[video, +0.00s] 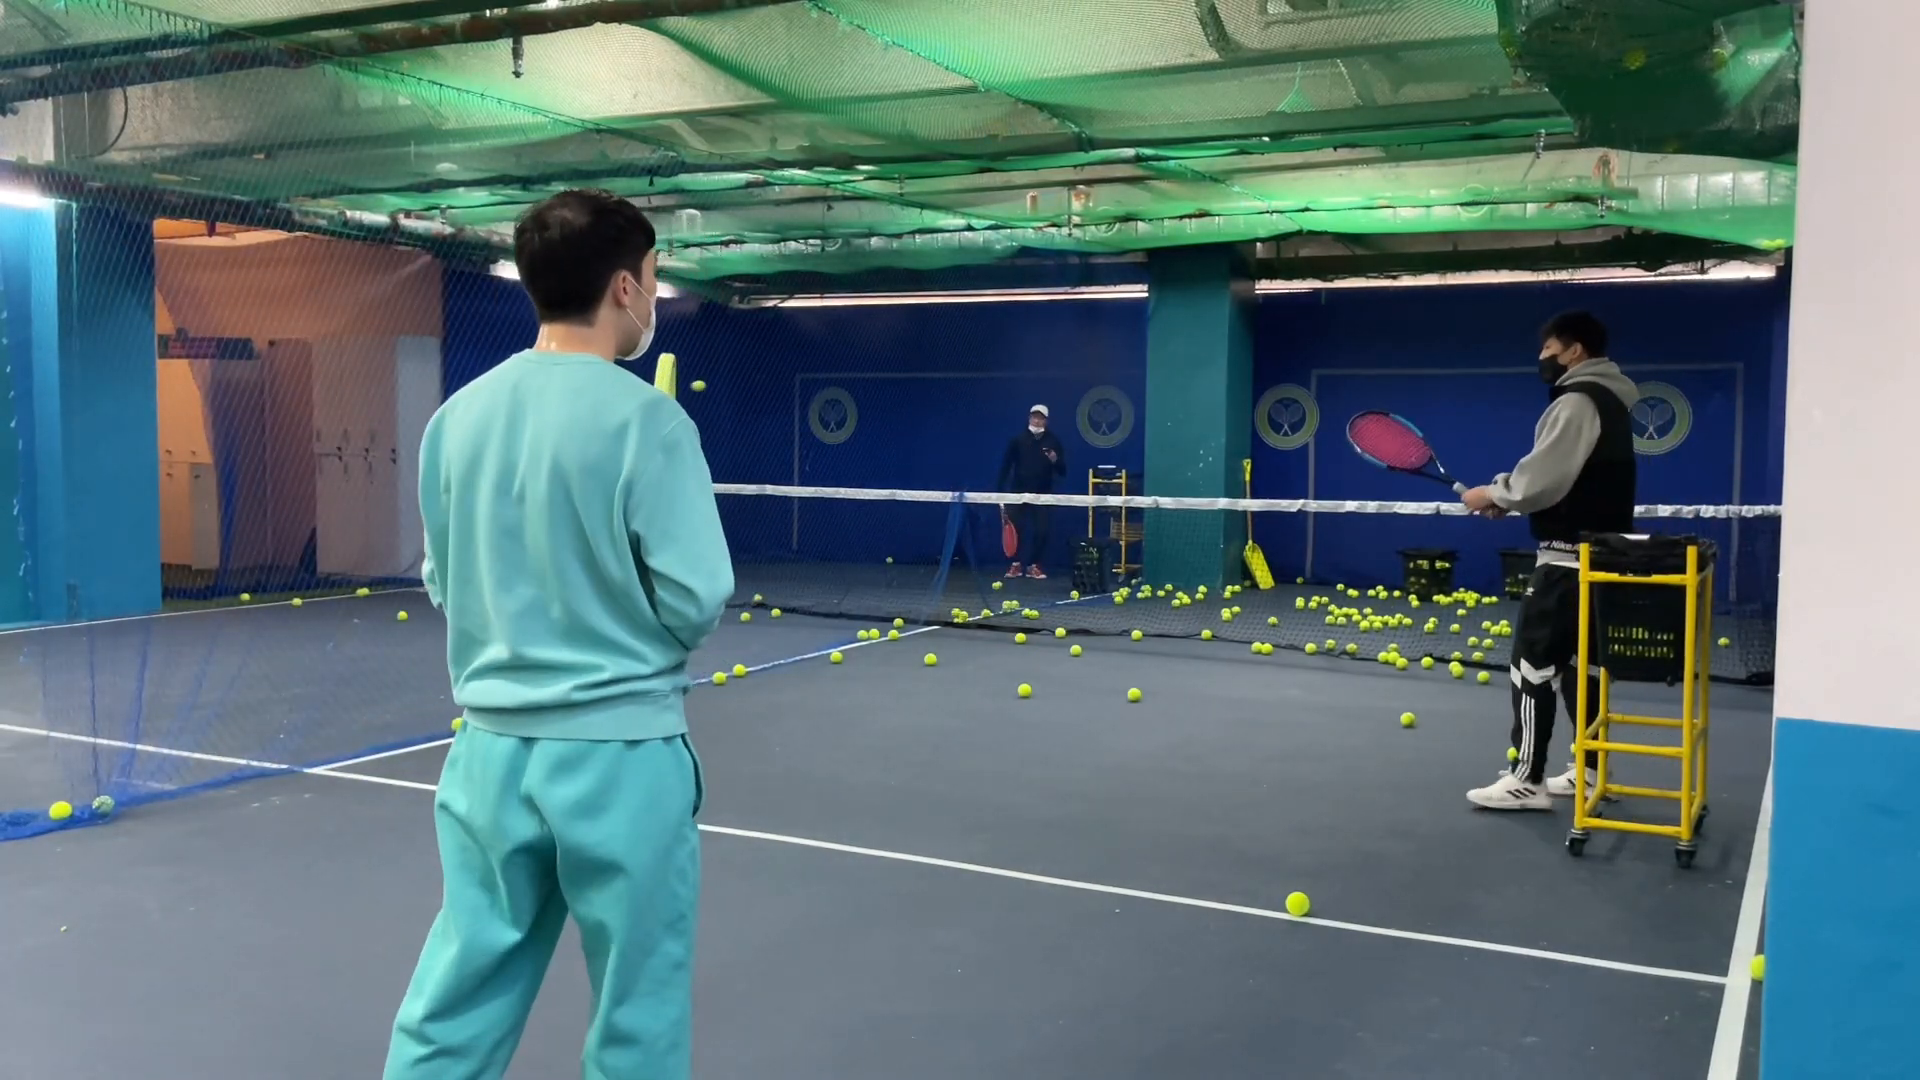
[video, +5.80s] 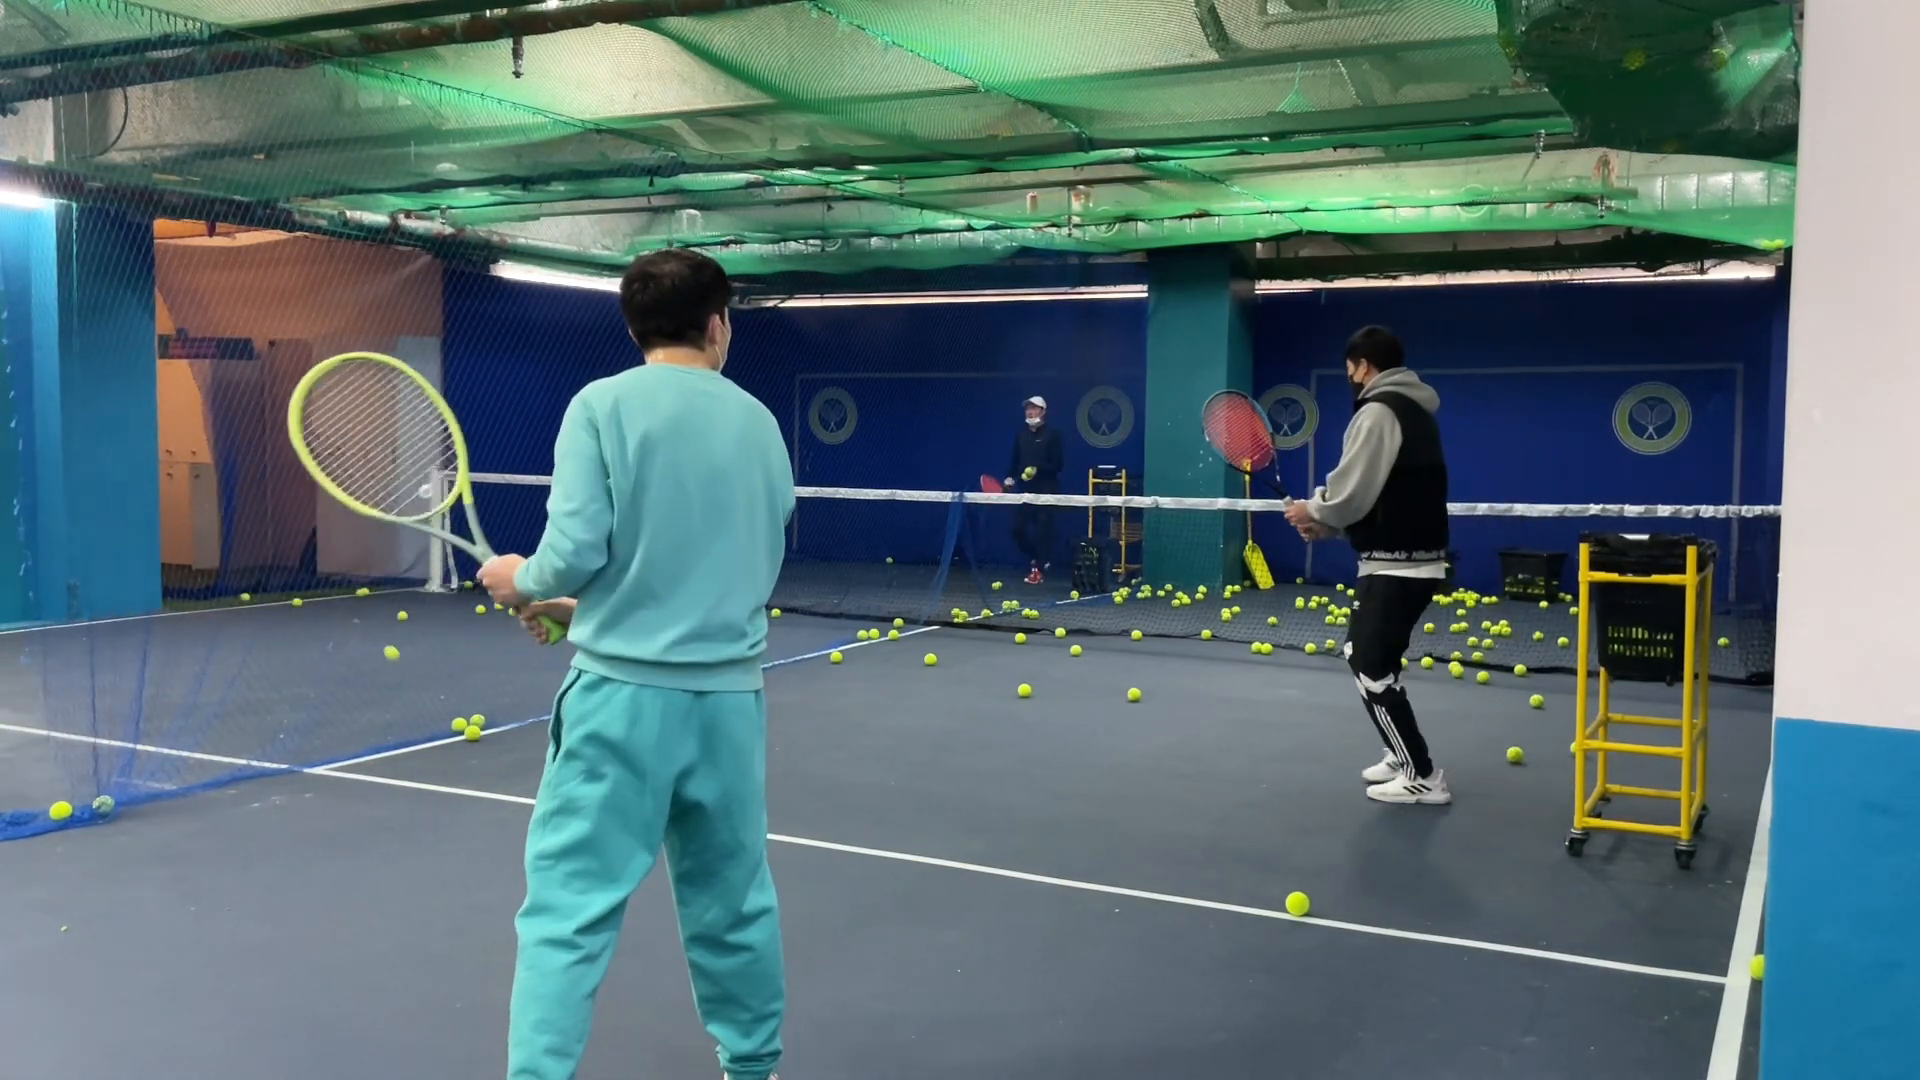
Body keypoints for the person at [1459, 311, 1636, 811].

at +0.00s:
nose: (1543, 358)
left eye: (1550, 349)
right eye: (1543, 350)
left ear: (1579, 348)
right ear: (1583, 351)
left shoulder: (1577, 403)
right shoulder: (1606, 399)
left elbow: (1546, 475)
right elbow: (1566, 479)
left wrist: (1492, 492)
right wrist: (1507, 497)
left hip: (1566, 556)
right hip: (1598, 554)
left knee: (1532, 664)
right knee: (1579, 665)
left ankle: (1526, 779)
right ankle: (1590, 771)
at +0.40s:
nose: (1503, 361)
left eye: (1507, 352)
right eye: (1503, 353)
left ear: (1530, 352)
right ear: (1538, 353)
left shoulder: (1553, 407)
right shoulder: (1544, 404)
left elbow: (1512, 471)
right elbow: (1509, 484)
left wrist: (1443, 473)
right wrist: (1449, 491)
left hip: (1536, 561)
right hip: (1547, 561)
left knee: (1501, 675)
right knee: (1548, 667)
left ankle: (1500, 785)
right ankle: (1586, 767)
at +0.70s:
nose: (1466, 365)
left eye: (1469, 356)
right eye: (1466, 358)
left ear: (1489, 355)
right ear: (1494, 356)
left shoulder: (1533, 403)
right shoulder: (1494, 408)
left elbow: (1497, 465)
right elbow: (1469, 479)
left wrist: (1431, 459)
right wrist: (1421, 476)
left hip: (1526, 559)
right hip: (1500, 557)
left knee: (1494, 670)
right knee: (1486, 663)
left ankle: (1501, 785)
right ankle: (1532, 757)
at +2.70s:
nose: (1430, 374)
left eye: (1436, 364)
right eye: (1425, 367)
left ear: (1466, 356)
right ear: (1437, 369)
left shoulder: (1498, 400)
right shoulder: (1454, 407)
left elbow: (1492, 478)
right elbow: (1431, 472)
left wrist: (1456, 532)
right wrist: (1431, 525)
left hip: (1506, 557)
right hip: (1476, 557)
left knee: (1485, 673)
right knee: (1470, 667)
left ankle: (1501, 786)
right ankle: (1482, 760)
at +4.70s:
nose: (1436, 357)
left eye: (1445, 347)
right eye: (1432, 350)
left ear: (1476, 350)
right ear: (1438, 358)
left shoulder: (1489, 401)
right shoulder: (1461, 402)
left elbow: (1475, 476)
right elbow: (1433, 472)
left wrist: (1432, 532)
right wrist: (1419, 526)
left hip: (1492, 560)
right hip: (1469, 559)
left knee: (1480, 674)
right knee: (1465, 669)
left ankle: (1501, 786)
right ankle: (1480, 761)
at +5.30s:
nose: (1401, 376)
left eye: (1404, 366)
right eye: (1400, 367)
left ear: (1426, 363)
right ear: (1439, 363)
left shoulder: (1446, 413)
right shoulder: (1465, 407)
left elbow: (1424, 490)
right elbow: (1433, 488)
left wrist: (1374, 518)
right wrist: (1378, 514)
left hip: (1455, 565)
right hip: (1479, 564)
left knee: (1405, 659)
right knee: (1451, 658)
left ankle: (1436, 769)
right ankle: (1481, 762)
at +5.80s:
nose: (1350, 376)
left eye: (1351, 368)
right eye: (1350, 368)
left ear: (1364, 366)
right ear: (1392, 364)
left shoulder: (1379, 413)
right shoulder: (1412, 409)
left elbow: (1352, 490)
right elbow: (1384, 496)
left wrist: (1312, 508)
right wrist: (1327, 524)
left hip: (1395, 567)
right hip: (1414, 563)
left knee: (1370, 666)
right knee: (1373, 661)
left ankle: (1422, 777)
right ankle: (1406, 757)